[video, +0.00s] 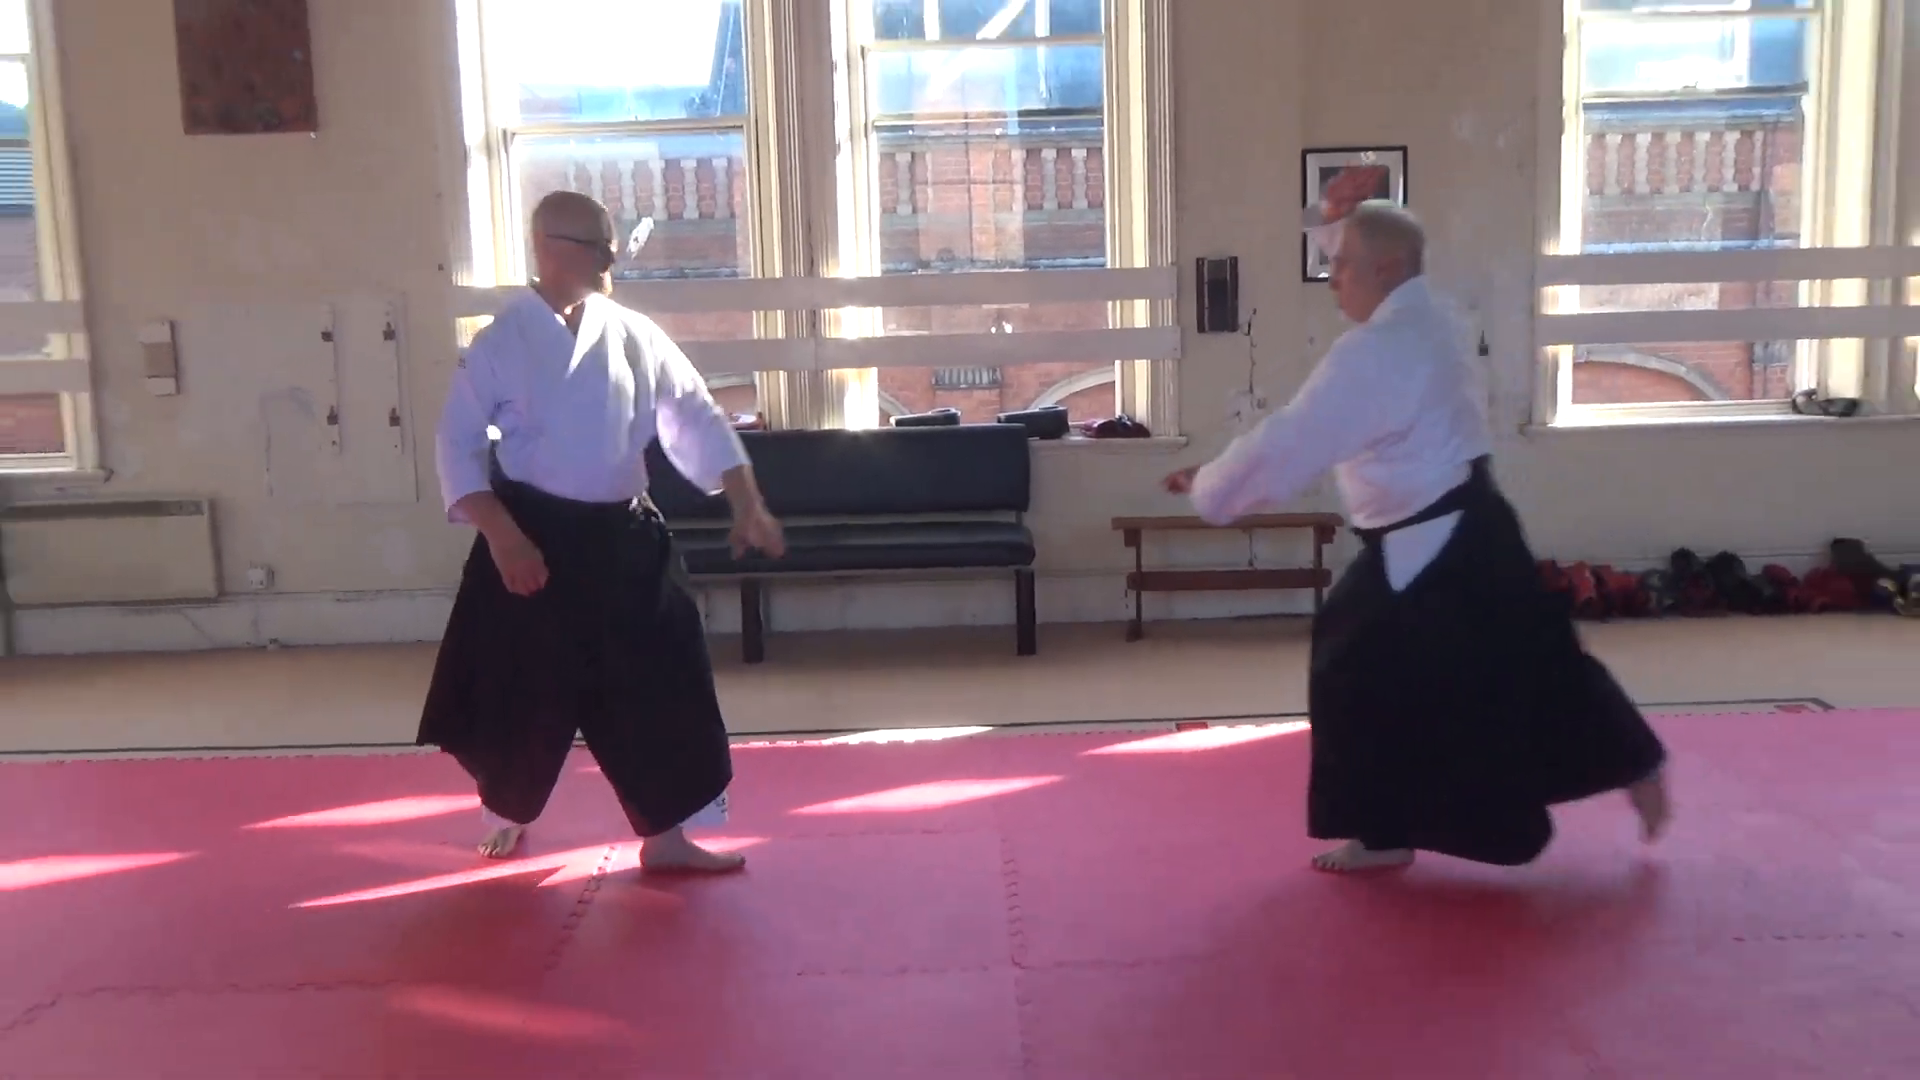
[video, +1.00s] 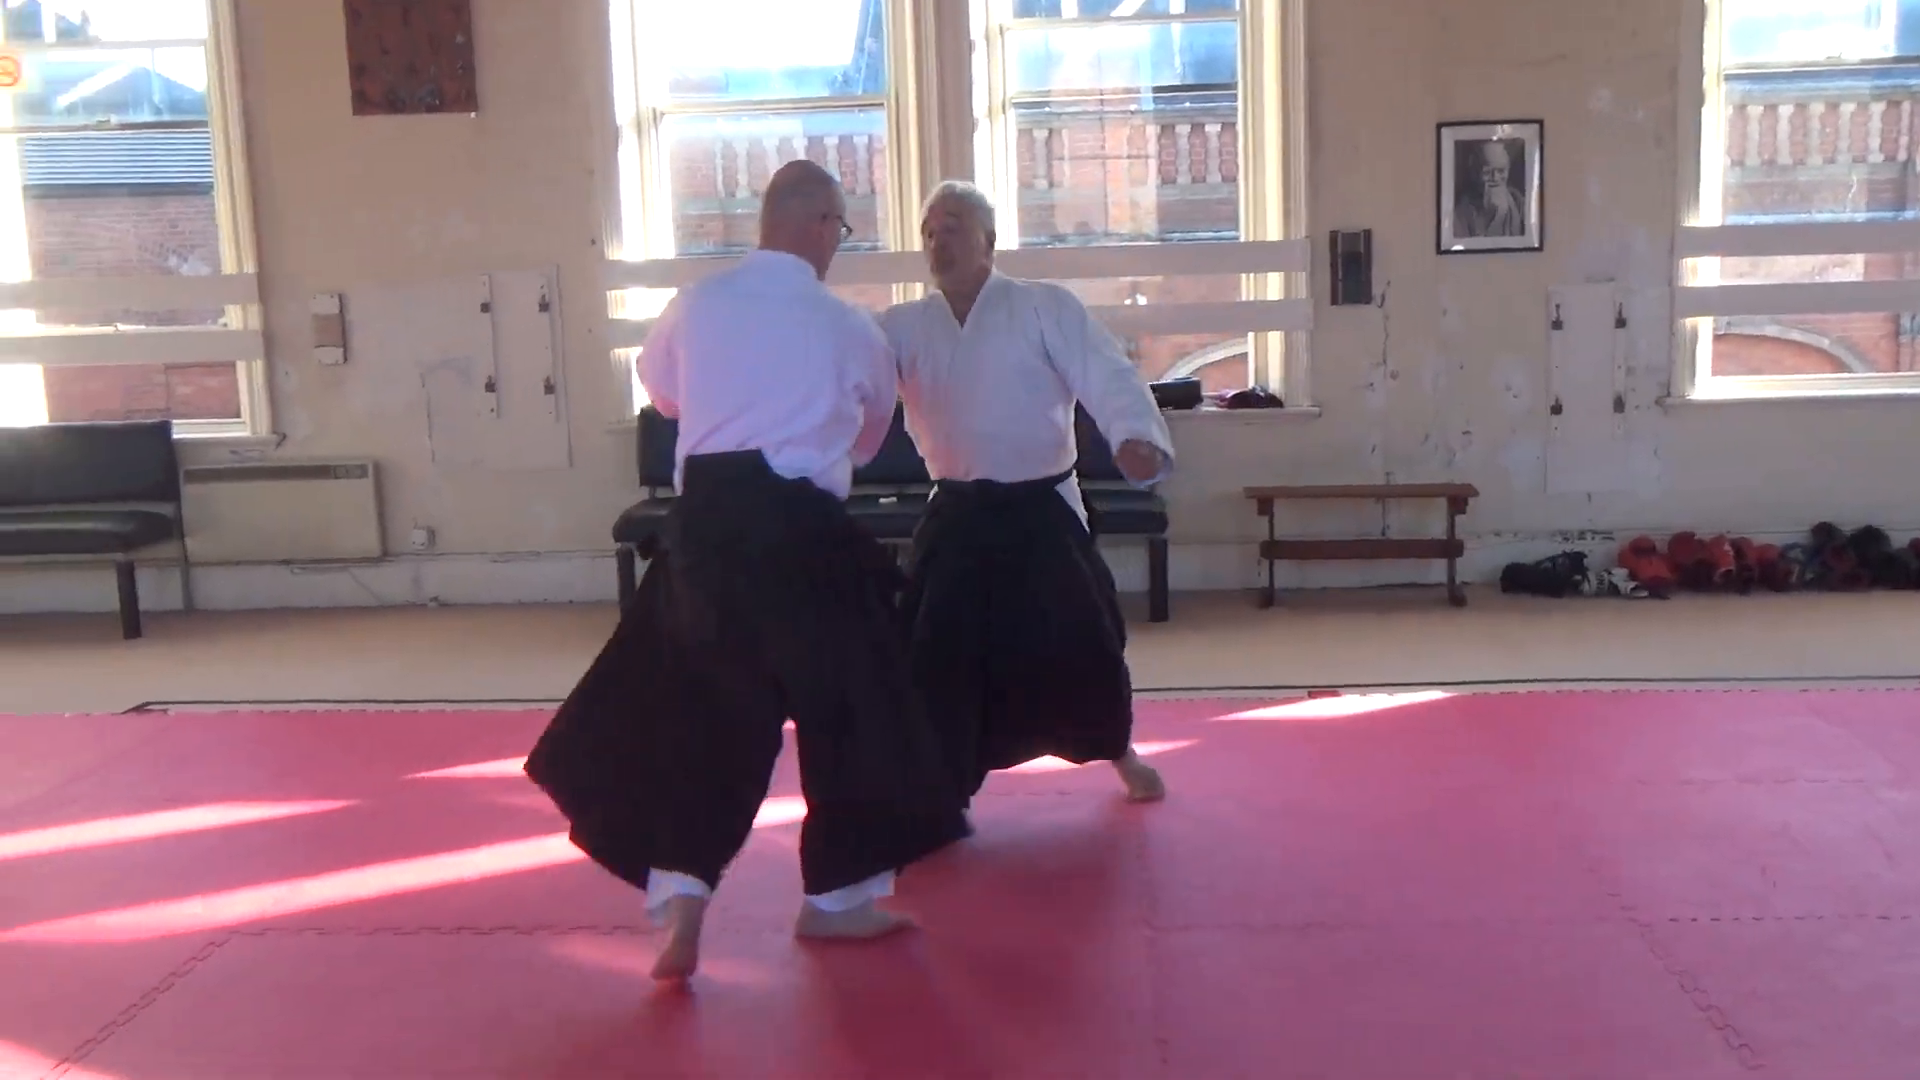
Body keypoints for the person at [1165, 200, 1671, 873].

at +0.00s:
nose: (1333, 279)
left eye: (1342, 267)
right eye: (1333, 266)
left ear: (1381, 270)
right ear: (1397, 270)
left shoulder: (1374, 351)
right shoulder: (1434, 315)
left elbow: (1293, 437)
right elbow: (1356, 271)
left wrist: (1210, 483)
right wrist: (1333, 221)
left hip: (1425, 542)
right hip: (1471, 522)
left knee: (1349, 671)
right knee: (1541, 658)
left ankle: (1382, 832)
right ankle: (1634, 761)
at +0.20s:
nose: (1207, 282)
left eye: (1218, 269)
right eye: (1207, 269)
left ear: (1259, 278)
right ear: (1265, 275)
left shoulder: (1274, 347)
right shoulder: (1263, 326)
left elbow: (1230, 462)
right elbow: (1203, 299)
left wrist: (1149, 502)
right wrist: (1209, 221)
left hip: (1295, 545)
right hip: (1253, 535)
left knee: (1320, 690)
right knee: (1196, 650)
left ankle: (1364, 832)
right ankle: (1258, 763)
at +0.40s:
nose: (1085, 288)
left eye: (1103, 278)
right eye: (1088, 275)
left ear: (1150, 291)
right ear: (1095, 285)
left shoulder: (1183, 368)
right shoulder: (1077, 352)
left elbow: (1179, 467)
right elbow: (1003, 323)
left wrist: (1080, 477)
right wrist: (983, 235)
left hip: (1172, 566)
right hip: (1093, 561)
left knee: (1248, 691)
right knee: (1032, 686)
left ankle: (1350, 796)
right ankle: (977, 818)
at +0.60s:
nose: (987, 262)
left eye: (1003, 251)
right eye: (987, 252)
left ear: (1050, 265)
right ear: (993, 263)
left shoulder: (1096, 341)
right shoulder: (967, 336)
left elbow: (1145, 432)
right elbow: (877, 336)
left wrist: (1072, 467)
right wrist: (795, 295)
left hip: (1067, 533)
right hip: (994, 531)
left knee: (1083, 662)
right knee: (963, 665)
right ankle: (970, 817)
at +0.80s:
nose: (977, 238)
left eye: (994, 228)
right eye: (975, 228)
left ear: (1034, 244)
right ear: (967, 241)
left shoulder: (1080, 314)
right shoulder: (944, 316)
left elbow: (1124, 390)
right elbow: (871, 354)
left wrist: (1073, 419)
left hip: (1041, 502)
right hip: (959, 498)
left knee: (1050, 644)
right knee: (923, 638)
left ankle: (1067, 770)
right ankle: (909, 791)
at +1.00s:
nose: (939, 236)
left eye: (953, 225)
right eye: (930, 227)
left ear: (988, 237)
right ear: (920, 242)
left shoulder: (1045, 308)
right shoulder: (902, 325)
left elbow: (1108, 375)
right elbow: (843, 382)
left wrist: (1136, 434)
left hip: (1045, 507)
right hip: (957, 512)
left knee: (1086, 638)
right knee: (936, 649)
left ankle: (1122, 753)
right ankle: (942, 794)